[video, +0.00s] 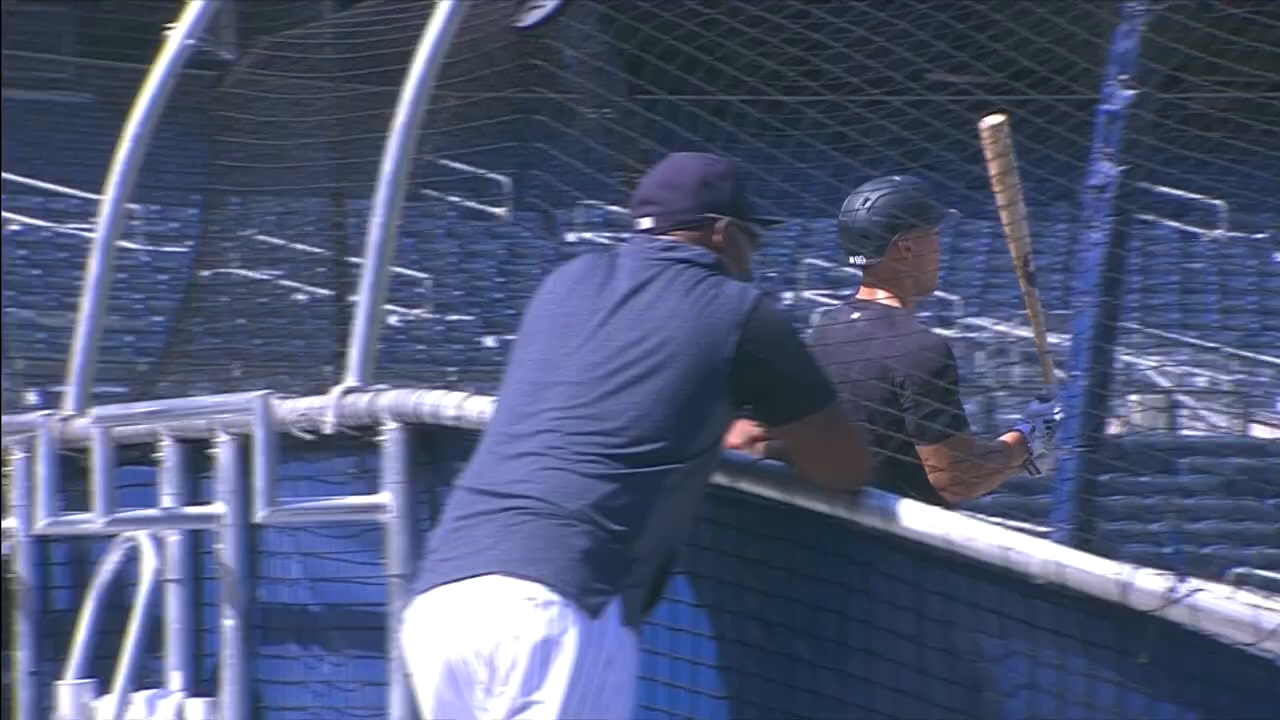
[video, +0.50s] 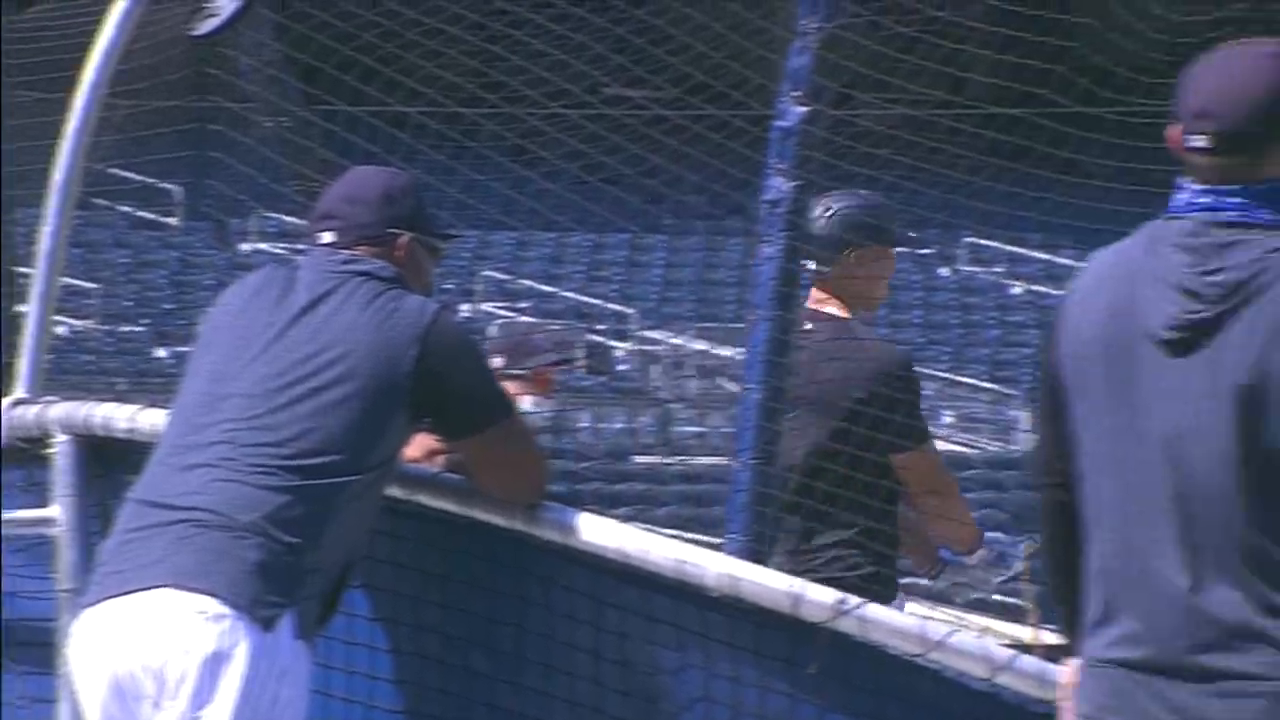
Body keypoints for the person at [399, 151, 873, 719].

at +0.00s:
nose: (754, 260)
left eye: (756, 241)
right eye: (752, 240)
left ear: (643, 226)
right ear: (720, 234)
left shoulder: (561, 281)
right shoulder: (738, 307)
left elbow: (586, 407)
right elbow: (845, 465)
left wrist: (715, 431)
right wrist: (768, 433)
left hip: (437, 600)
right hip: (550, 602)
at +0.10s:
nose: (695, 264)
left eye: (696, 245)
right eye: (692, 243)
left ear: (584, 230)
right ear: (661, 237)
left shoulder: (501, 285)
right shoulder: (677, 309)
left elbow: (524, 410)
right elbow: (783, 468)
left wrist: (654, 435)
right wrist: (707, 435)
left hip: (373, 607)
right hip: (488, 608)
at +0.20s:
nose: (636, 265)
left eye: (636, 247)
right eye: (632, 245)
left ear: (525, 231)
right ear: (601, 239)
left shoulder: (444, 287)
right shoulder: (619, 314)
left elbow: (467, 415)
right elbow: (724, 471)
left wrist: (595, 440)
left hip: (313, 608)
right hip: (427, 610)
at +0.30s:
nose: (576, 268)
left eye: (577, 250)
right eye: (573, 248)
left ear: (466, 233)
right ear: (541, 241)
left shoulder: (387, 287)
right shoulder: (561, 316)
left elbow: (412, 415)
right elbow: (665, 474)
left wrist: (536, 442)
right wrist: (596, 439)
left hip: (251, 612)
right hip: (366, 613)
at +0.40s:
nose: (508, 271)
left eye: (509, 253)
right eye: (505, 251)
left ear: (396, 234)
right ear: (474, 244)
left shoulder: (317, 291)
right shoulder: (493, 321)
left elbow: (342, 423)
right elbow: (596, 479)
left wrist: (467, 445)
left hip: (179, 616)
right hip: (296, 618)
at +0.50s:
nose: (434, 273)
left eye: (435, 256)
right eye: (431, 254)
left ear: (321, 236)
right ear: (402, 246)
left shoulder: (240, 295)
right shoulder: (419, 324)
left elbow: (267, 424)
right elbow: (521, 481)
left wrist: (391, 447)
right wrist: (453, 440)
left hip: (102, 620)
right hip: (221, 621)